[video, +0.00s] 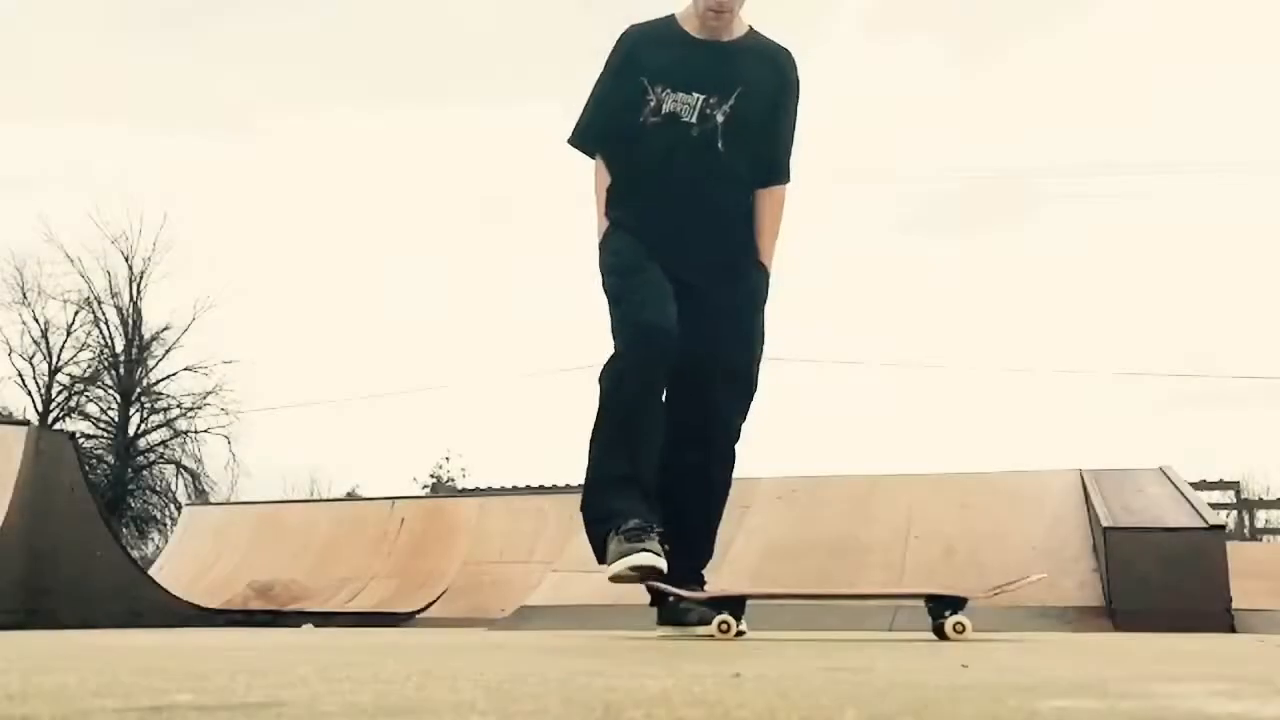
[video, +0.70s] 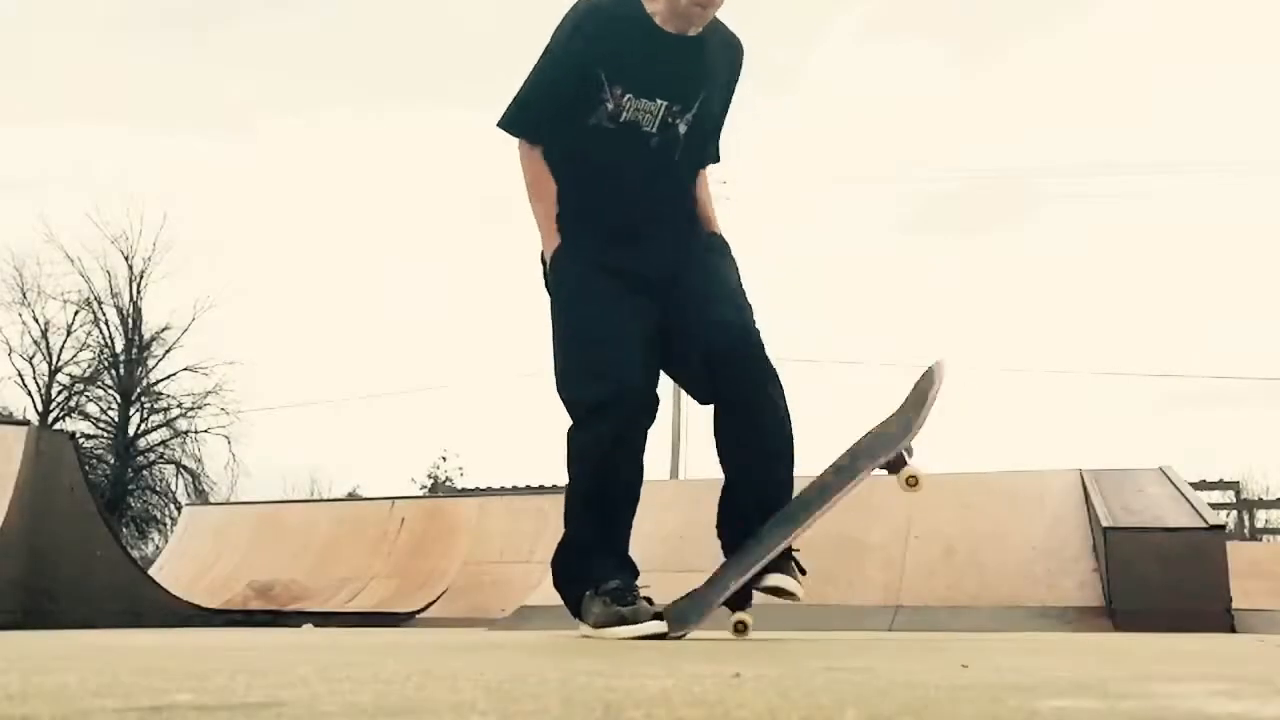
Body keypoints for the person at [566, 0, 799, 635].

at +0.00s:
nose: (717, 2)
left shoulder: (774, 66)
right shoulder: (640, 44)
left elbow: (771, 179)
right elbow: (608, 155)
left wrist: (761, 269)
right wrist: (608, 239)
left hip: (727, 258)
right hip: (639, 245)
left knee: (711, 415)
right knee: (650, 341)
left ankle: (684, 580)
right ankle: (629, 525)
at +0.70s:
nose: (712, 0)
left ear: (720, 1)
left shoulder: (724, 51)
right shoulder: (595, 20)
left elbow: (694, 165)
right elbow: (532, 136)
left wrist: (715, 249)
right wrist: (555, 250)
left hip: (683, 254)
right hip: (594, 257)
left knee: (753, 390)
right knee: (615, 408)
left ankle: (754, 550)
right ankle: (597, 581)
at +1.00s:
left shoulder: (755, 6)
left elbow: (753, 49)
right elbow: (572, 16)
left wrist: (734, 137)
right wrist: (559, 90)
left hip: (688, 107)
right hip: (595, 89)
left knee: (666, 293)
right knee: (583, 208)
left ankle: (641, 481)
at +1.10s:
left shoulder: (774, 6)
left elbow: (769, 48)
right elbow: (584, 17)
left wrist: (731, 137)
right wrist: (565, 84)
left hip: (697, 98)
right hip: (601, 74)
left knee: (657, 290)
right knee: (558, 172)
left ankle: (630, 480)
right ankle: (464, 335)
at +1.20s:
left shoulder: (766, 11)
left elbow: (773, 63)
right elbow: (590, 28)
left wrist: (729, 153)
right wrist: (564, 94)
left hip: (696, 116)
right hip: (603, 85)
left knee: (655, 291)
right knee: (545, 182)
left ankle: (630, 482)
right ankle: (465, 346)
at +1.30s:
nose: (638, 13)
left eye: (646, 12)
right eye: (629, 13)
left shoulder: (755, 13)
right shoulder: (597, 5)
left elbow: (768, 66)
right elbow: (584, 36)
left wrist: (729, 157)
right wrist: (568, 99)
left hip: (695, 108)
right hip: (602, 86)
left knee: (654, 287)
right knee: (551, 190)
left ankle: (630, 483)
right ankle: (473, 353)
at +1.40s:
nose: (624, 18)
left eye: (630, 12)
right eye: (615, 13)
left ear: (657, 0)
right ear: (602, 5)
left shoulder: (746, 11)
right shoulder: (586, 6)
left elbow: (764, 60)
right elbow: (579, 38)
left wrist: (731, 152)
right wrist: (566, 106)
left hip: (696, 108)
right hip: (601, 86)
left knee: (659, 294)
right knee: (556, 185)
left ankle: (633, 487)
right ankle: (477, 345)